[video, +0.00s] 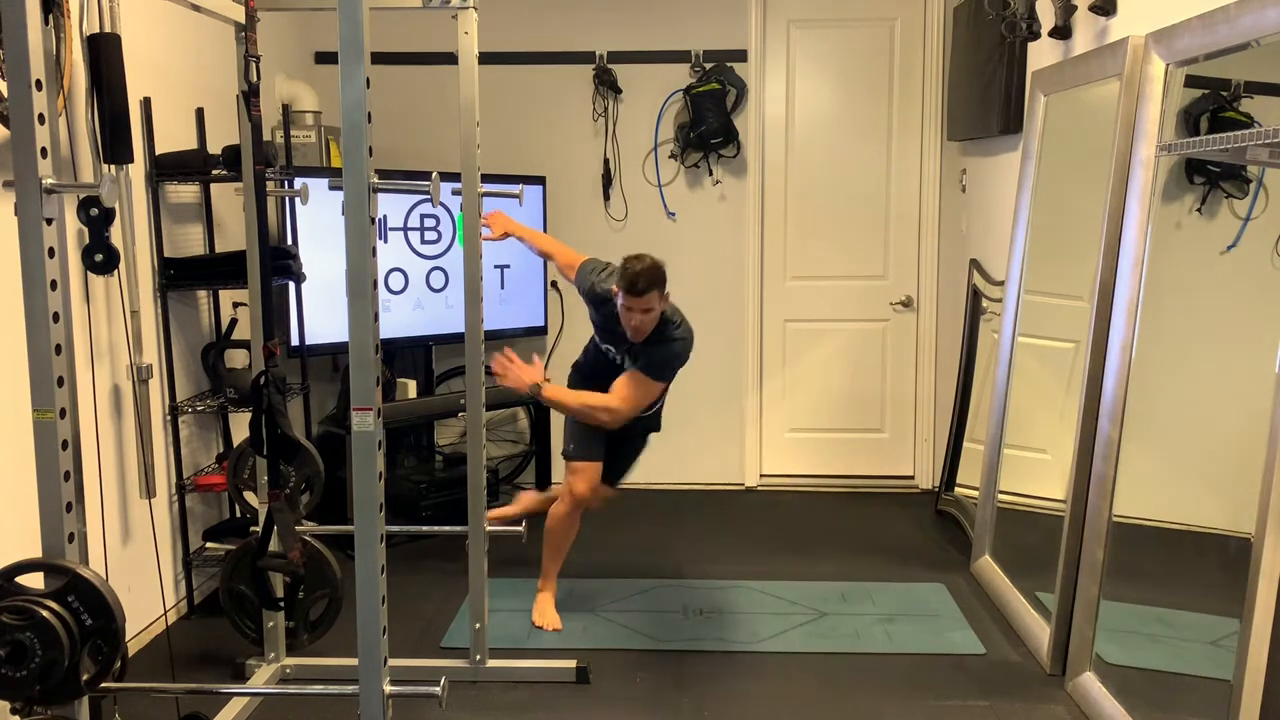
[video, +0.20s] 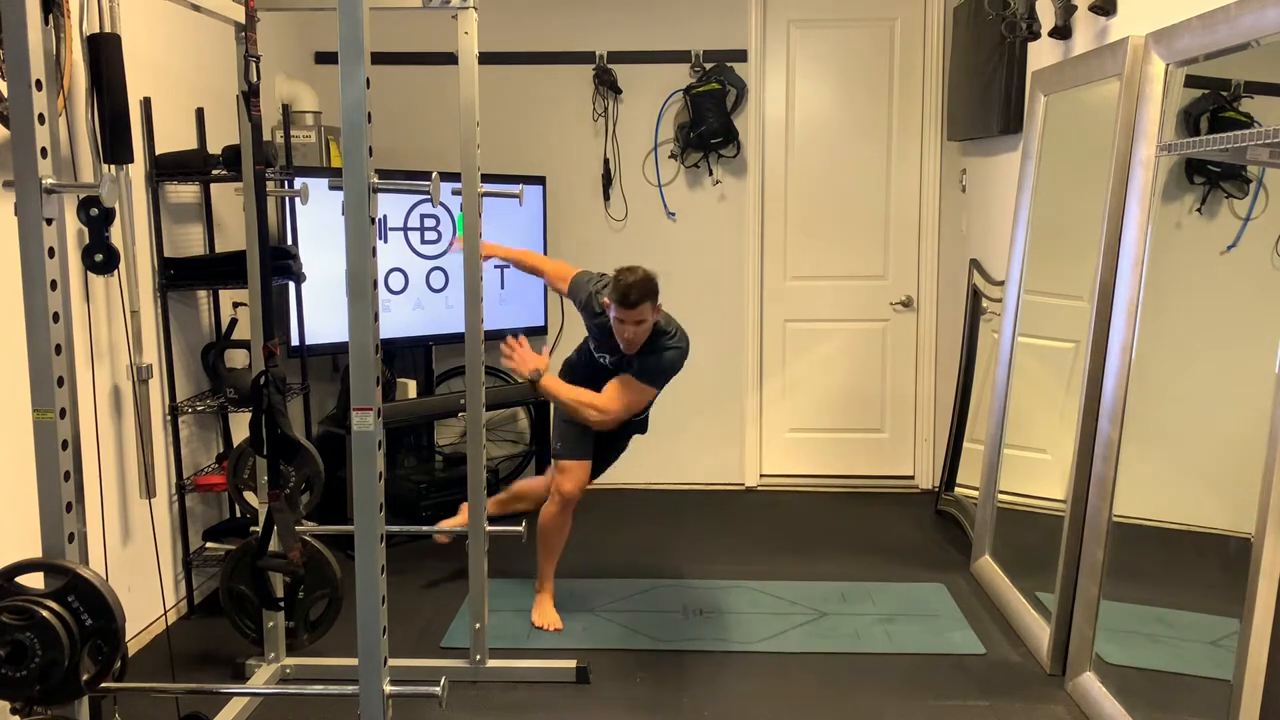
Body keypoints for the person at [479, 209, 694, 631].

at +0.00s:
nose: (635, 321)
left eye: (645, 312)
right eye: (627, 310)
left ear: (664, 302)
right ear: (616, 296)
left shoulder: (675, 338)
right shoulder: (601, 285)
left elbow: (615, 410)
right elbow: (560, 257)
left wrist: (540, 388)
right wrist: (514, 228)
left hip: (639, 409)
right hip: (590, 385)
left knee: (597, 495)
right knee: (577, 491)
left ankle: (531, 502)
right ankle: (546, 592)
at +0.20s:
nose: (628, 333)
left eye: (639, 323)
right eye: (620, 322)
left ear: (656, 312)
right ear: (609, 309)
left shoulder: (670, 347)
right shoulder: (596, 295)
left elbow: (604, 413)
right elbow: (543, 267)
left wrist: (540, 377)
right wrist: (493, 249)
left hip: (623, 420)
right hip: (577, 390)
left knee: (558, 486)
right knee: (568, 490)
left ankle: (478, 509)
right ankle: (544, 591)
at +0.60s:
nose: (731, 283)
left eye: (740, 273)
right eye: (722, 274)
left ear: (751, 261)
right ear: (703, 260)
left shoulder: (766, 266)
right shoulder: (675, 297)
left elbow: (811, 281)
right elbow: (645, 388)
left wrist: (823, 319)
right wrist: (702, 448)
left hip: (742, 376)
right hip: (681, 385)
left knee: (788, 476)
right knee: (639, 482)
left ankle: (848, 579)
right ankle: (606, 558)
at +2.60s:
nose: (819, 321)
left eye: (827, 309)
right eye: (807, 311)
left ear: (837, 298)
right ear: (787, 301)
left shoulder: (838, 303)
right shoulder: (769, 355)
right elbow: (846, 423)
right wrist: (895, 363)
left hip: (819, 400)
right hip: (775, 427)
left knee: (854, 506)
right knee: (819, 515)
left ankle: (876, 595)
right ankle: (847, 495)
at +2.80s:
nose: (847, 336)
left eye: (855, 324)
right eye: (835, 326)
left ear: (863, 312)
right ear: (812, 314)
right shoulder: (791, 371)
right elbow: (863, 438)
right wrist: (907, 376)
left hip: (841, 398)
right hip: (800, 432)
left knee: (875, 501)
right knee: (855, 505)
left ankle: (881, 594)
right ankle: (888, 524)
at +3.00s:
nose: (826, 320)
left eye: (836, 309)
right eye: (816, 308)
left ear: (847, 299)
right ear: (798, 297)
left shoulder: (859, 318)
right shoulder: (760, 337)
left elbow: (911, 342)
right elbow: (747, 422)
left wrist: (925, 395)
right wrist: (804, 480)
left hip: (829, 400)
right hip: (774, 411)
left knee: (860, 506)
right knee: (772, 522)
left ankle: (882, 595)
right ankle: (801, 514)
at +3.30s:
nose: (712, 297)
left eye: (721, 287)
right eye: (703, 286)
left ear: (736, 275)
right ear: (688, 271)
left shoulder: (754, 306)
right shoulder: (659, 273)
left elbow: (808, 385)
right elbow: (599, 250)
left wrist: (780, 465)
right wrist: (549, 247)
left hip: (722, 389)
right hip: (659, 384)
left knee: (760, 487)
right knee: (624, 484)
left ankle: (792, 547)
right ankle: (579, 592)